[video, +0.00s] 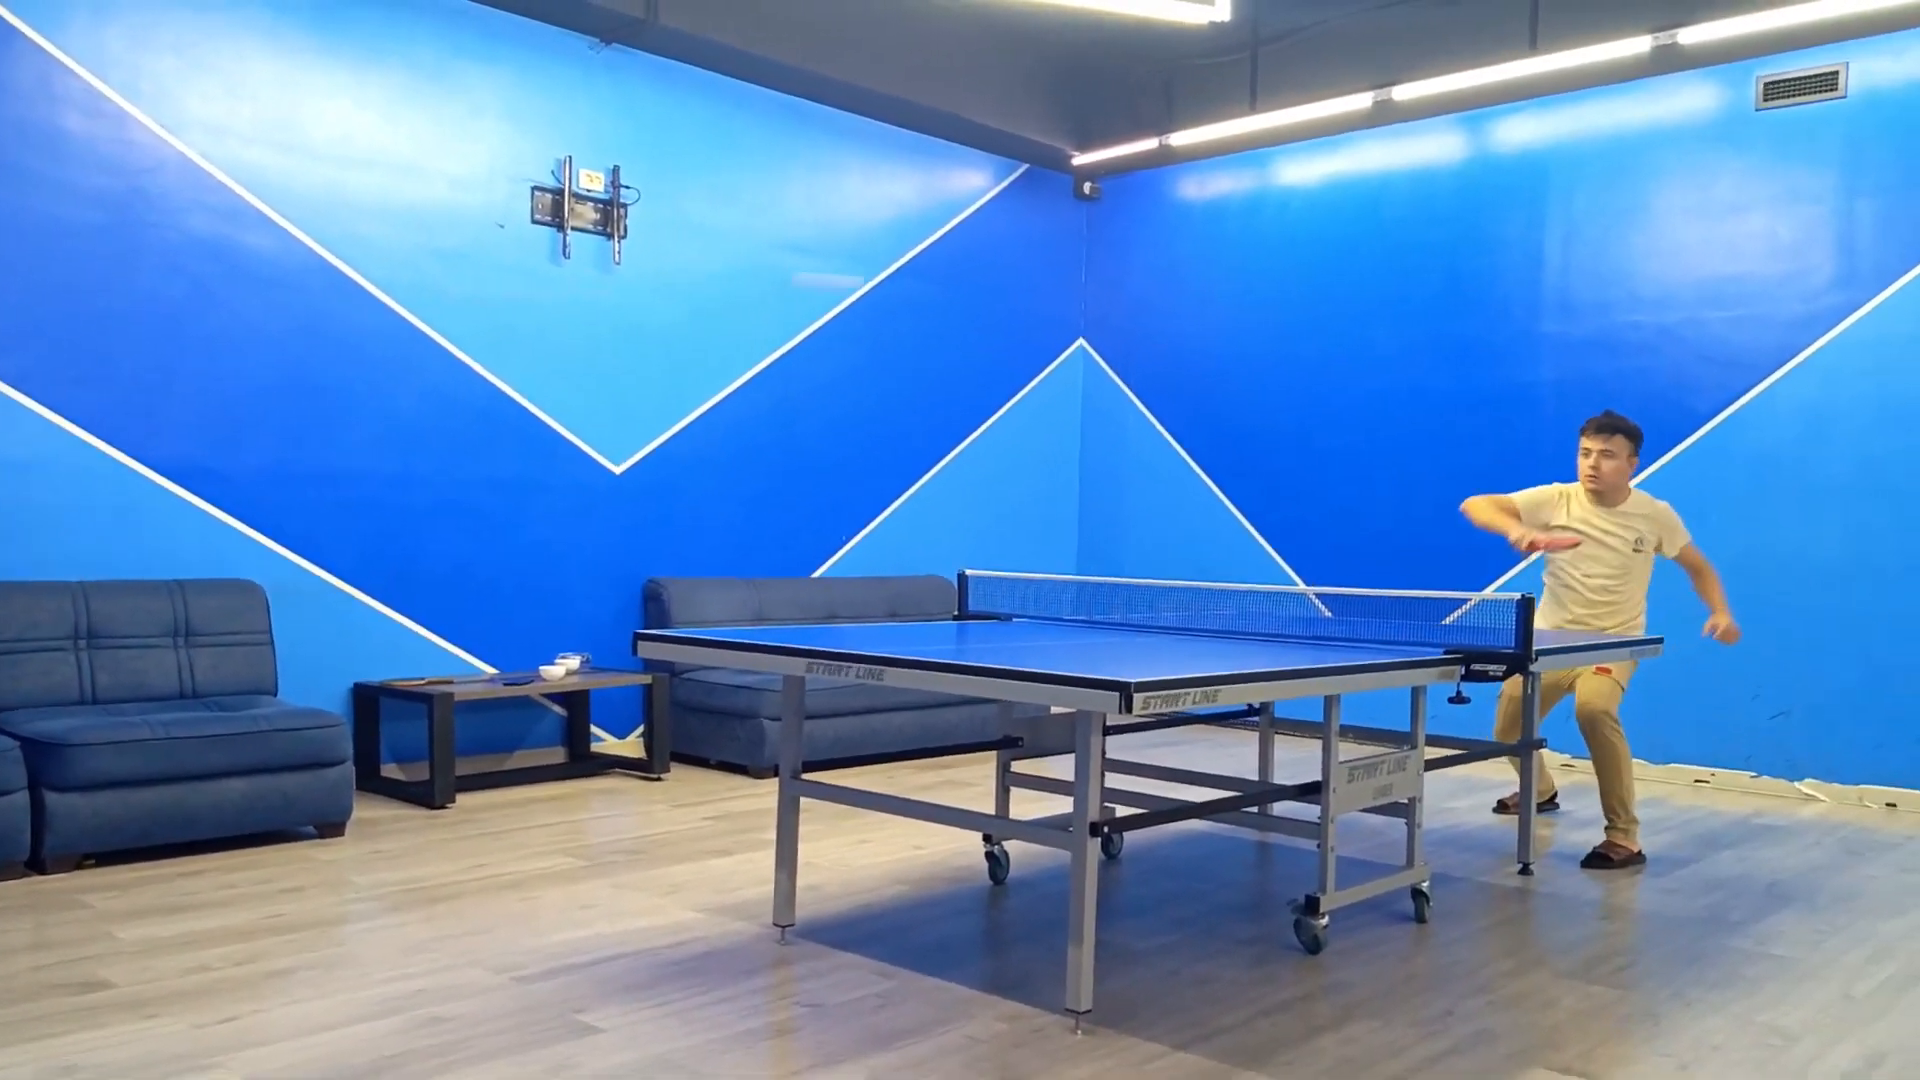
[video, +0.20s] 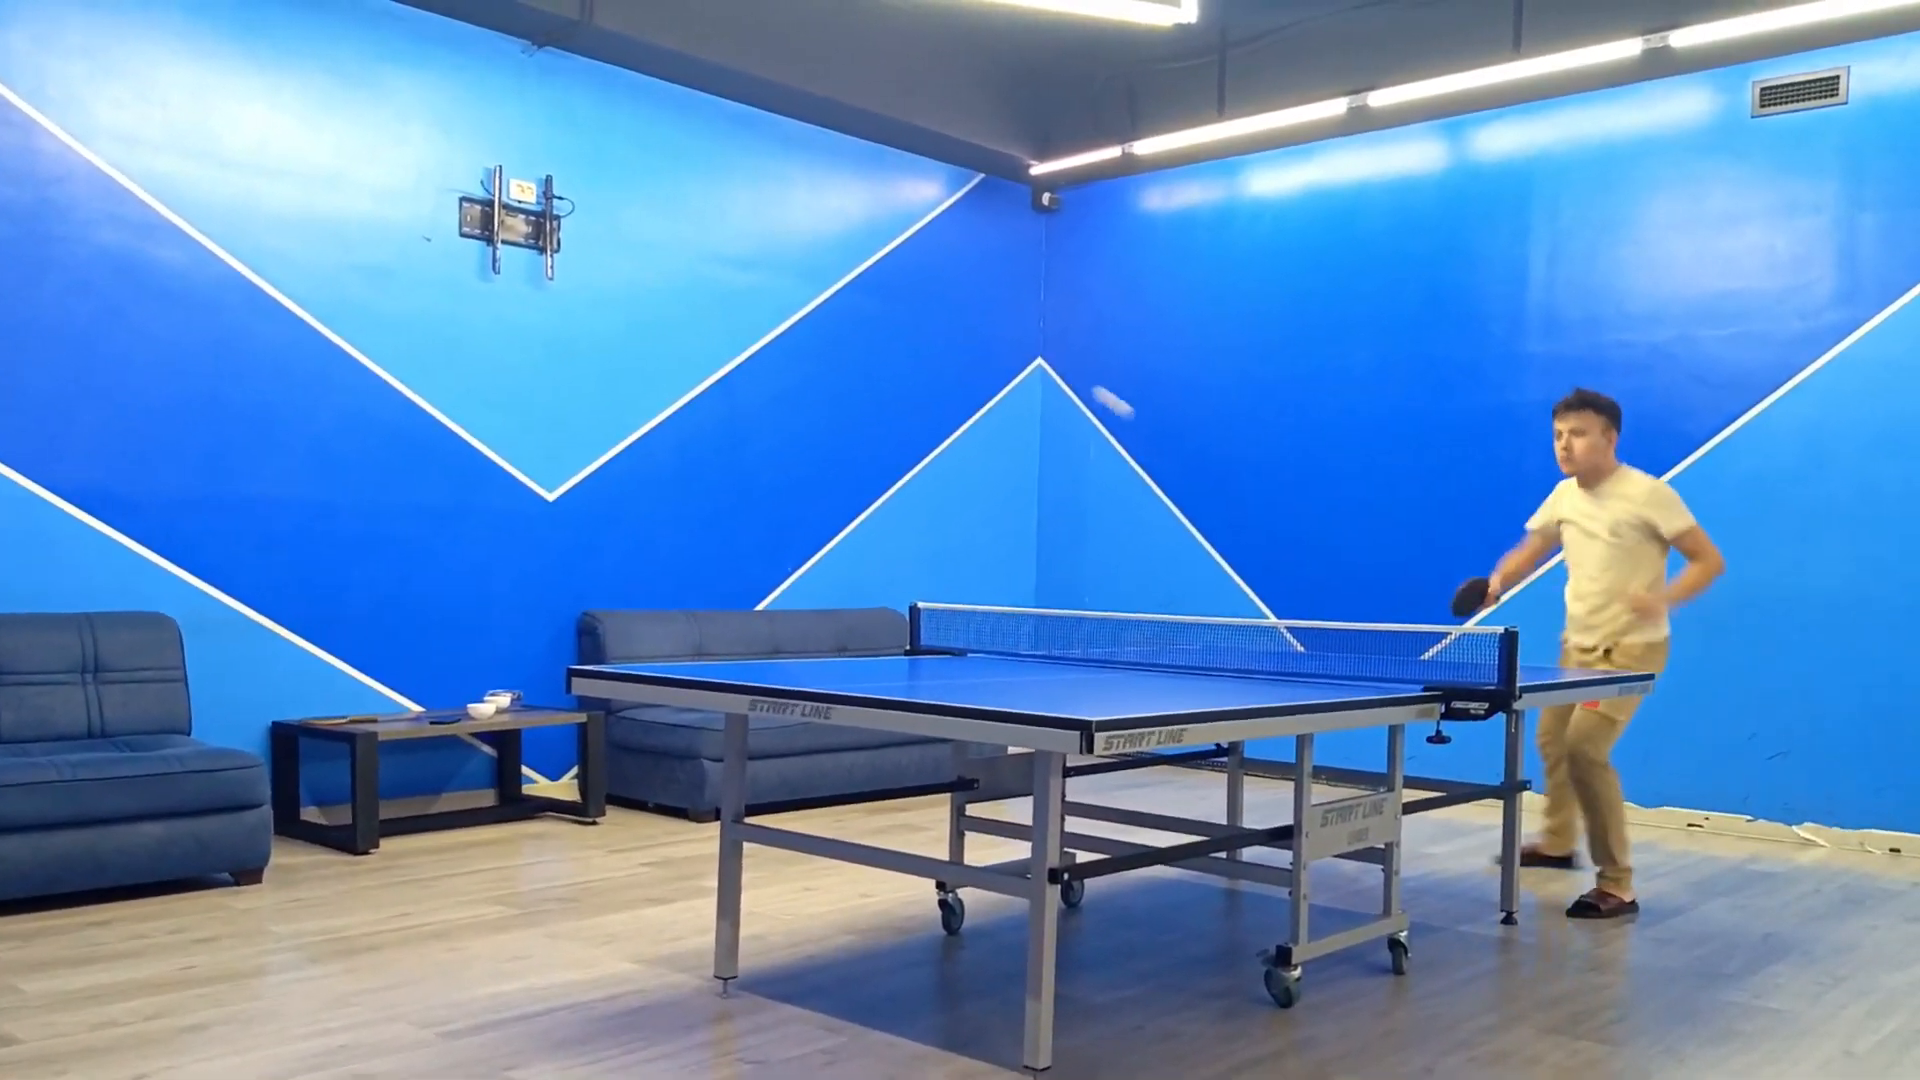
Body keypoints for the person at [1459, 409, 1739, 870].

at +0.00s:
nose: (1592, 463)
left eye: (1606, 455)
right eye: (1585, 453)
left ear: (1632, 466)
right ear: (1578, 456)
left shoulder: (1655, 517)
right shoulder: (1556, 500)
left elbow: (1696, 566)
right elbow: (1474, 506)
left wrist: (1721, 610)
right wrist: (1514, 528)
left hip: (1613, 644)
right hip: (1552, 640)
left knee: (1593, 710)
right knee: (1512, 702)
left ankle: (1622, 837)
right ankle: (1538, 787)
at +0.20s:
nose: (1563, 446)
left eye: (1576, 436)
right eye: (1558, 436)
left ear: (1610, 440)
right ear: (1555, 440)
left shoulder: (1648, 494)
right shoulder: (1565, 495)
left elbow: (1710, 562)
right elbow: (1530, 550)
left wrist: (1663, 598)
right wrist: (1496, 581)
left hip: (1633, 650)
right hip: (1578, 647)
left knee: (1585, 747)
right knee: (1552, 739)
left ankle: (1617, 884)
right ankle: (1559, 843)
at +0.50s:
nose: (1562, 508)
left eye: (1571, 497)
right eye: (1562, 498)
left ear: (1605, 496)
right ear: (1617, 502)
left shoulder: (1605, 524)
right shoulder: (1663, 543)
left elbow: (1550, 538)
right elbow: (1709, 620)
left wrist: (1497, 560)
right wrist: (1708, 682)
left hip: (1669, 671)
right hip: (1693, 670)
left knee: (1642, 797)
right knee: (1601, 745)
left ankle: (1738, 910)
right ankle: (1630, 860)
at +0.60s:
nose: (1563, 517)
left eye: (1570, 507)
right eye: (1563, 507)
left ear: (1601, 508)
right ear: (1610, 512)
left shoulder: (1610, 531)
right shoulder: (1642, 546)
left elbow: (1593, 554)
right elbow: (1681, 600)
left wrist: (1525, 583)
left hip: (1676, 672)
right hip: (1678, 672)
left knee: (1652, 795)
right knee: (1603, 744)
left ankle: (1738, 912)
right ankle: (1634, 860)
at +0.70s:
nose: (1558, 494)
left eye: (1565, 484)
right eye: (1560, 484)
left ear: (1591, 487)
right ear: (1593, 489)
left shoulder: (1613, 511)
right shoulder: (1606, 539)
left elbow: (1643, 527)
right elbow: (1612, 607)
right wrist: (1572, 618)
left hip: (1671, 645)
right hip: (1647, 654)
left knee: (1671, 761)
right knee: (1597, 741)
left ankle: (1724, 887)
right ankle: (1632, 858)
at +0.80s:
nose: (1560, 472)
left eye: (1567, 462)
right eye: (1561, 463)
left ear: (1596, 465)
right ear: (1592, 467)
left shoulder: (1627, 491)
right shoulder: (1590, 517)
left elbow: (1652, 497)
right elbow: (1528, 525)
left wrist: (1658, 478)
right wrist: (1467, 504)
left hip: (1664, 630)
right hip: (1640, 639)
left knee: (1656, 737)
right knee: (1599, 741)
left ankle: (1710, 859)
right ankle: (1633, 860)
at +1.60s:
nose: (1543, 493)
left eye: (1547, 485)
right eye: (1541, 485)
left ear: (1574, 480)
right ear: (1562, 481)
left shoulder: (1623, 523)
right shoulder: (1549, 505)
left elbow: (1639, 594)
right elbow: (1530, 547)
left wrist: (1607, 651)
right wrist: (1525, 581)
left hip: (1603, 633)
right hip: (1548, 629)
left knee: (1607, 725)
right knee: (1535, 713)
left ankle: (1608, 810)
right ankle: (1560, 805)